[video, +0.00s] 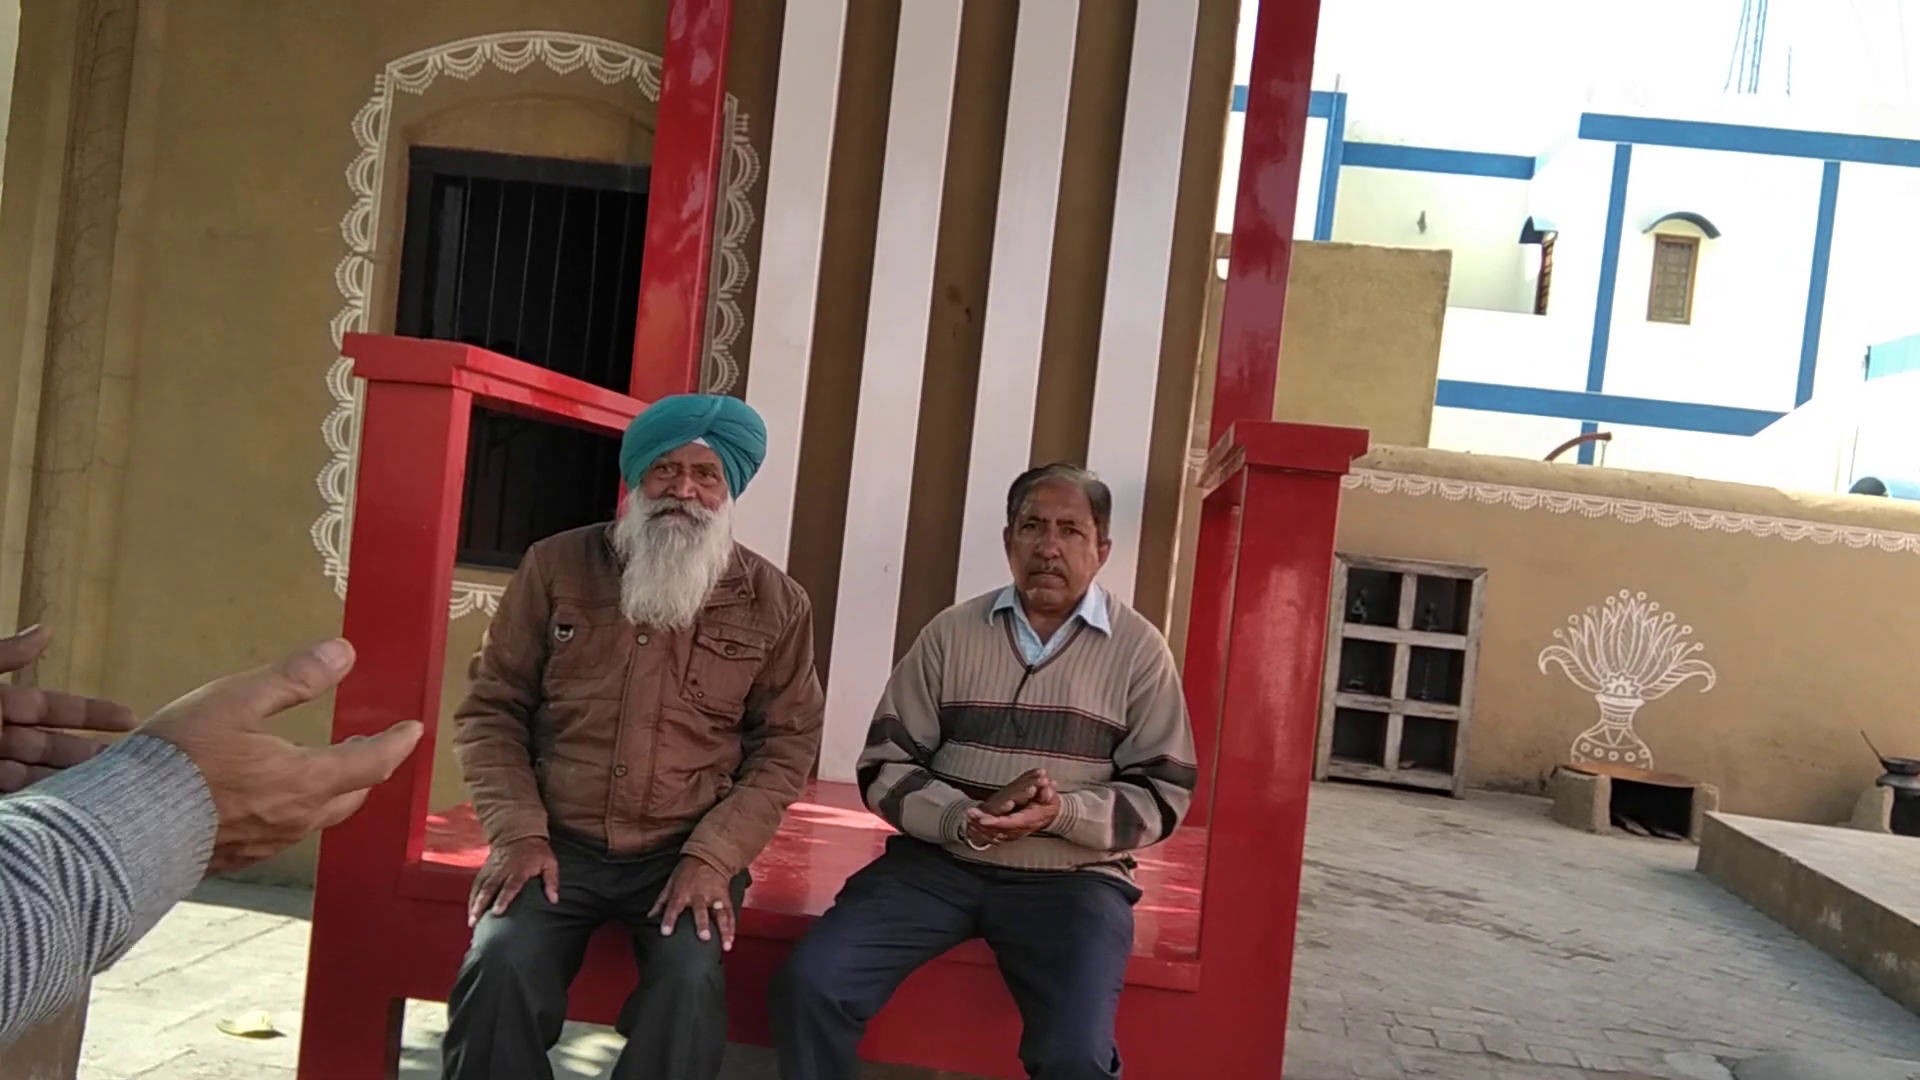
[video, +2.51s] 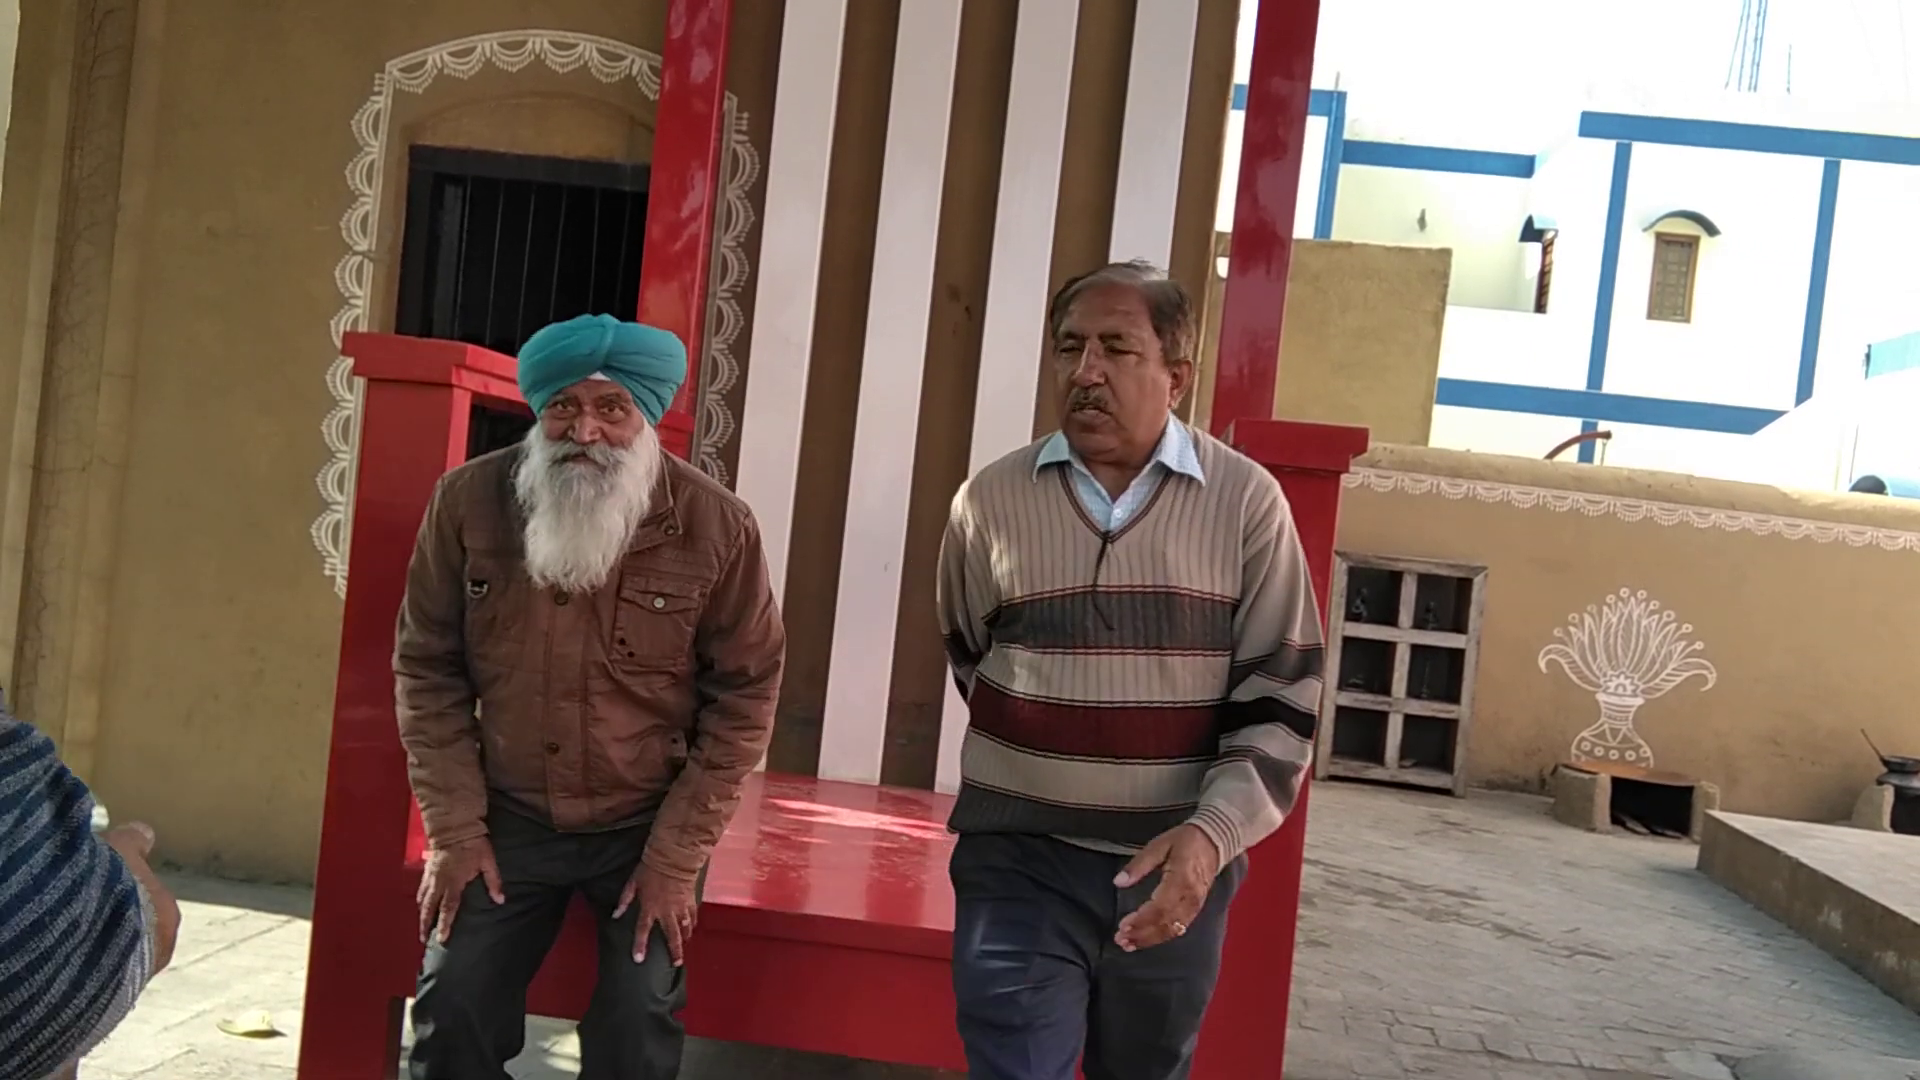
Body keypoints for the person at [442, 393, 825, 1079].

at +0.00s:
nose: (684, 488)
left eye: (706, 474)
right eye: (666, 469)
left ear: (731, 494)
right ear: (634, 483)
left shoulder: (774, 603)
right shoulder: (556, 567)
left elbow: (788, 748)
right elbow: (490, 708)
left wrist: (714, 855)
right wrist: (517, 829)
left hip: (685, 862)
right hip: (555, 851)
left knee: (690, 977)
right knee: (500, 965)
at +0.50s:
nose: (687, 489)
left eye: (709, 474)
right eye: (668, 470)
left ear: (731, 496)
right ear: (634, 484)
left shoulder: (775, 602)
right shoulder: (559, 567)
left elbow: (788, 747)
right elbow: (495, 712)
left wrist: (715, 854)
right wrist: (517, 829)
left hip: (685, 859)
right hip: (555, 848)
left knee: (691, 974)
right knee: (500, 961)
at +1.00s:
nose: (718, 513)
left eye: (731, 495)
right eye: (700, 494)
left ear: (742, 495)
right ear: (647, 492)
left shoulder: (769, 600)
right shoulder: (551, 568)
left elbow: (782, 740)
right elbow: (490, 707)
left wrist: (716, 851)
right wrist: (516, 827)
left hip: (685, 860)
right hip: (557, 848)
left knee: (684, 973)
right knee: (499, 961)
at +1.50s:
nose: (687, 496)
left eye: (707, 481)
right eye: (668, 478)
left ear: (729, 498)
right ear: (634, 489)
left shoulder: (771, 601)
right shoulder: (561, 565)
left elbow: (780, 739)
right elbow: (498, 696)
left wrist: (714, 847)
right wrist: (514, 821)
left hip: (683, 858)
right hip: (556, 843)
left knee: (683, 970)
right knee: (491, 955)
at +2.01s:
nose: (634, 502)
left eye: (658, 484)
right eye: (616, 482)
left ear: (696, 497)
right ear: (591, 490)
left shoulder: (757, 596)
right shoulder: (524, 571)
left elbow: (788, 733)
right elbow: (463, 711)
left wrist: (716, 857)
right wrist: (503, 832)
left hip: (679, 867)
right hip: (546, 856)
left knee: (683, 988)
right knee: (487, 978)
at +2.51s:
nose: (585, 430)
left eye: (610, 409)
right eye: (564, 407)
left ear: (650, 420)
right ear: (536, 414)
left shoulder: (718, 529)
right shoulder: (468, 503)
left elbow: (745, 697)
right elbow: (425, 667)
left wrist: (679, 851)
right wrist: (455, 827)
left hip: (646, 831)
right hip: (506, 823)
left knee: (636, 1018)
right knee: (454, 1005)